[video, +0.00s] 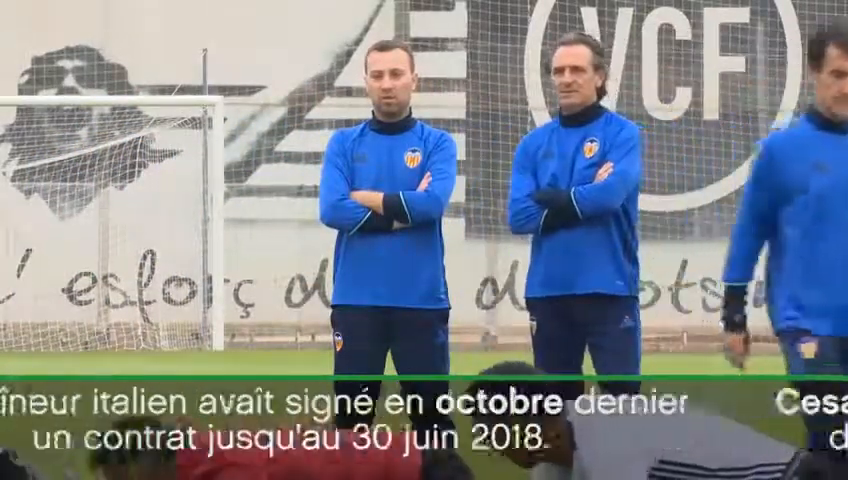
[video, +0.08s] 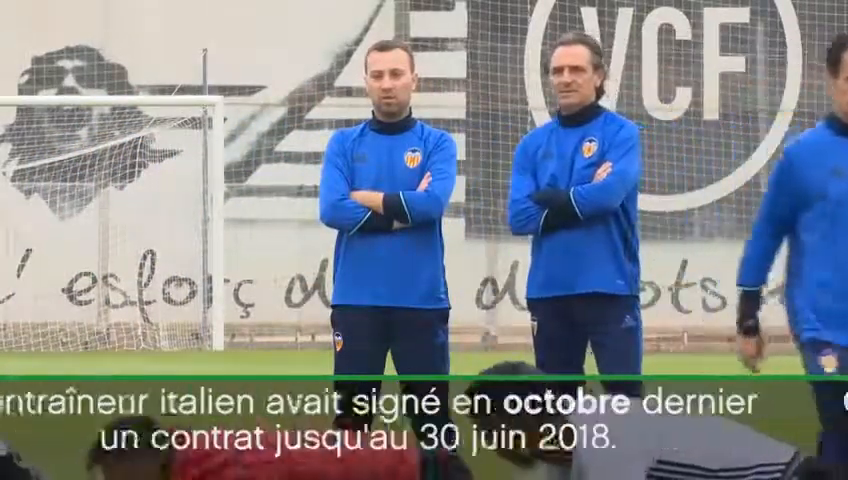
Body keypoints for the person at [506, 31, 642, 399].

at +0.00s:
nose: (566, 79)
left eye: (577, 70)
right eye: (559, 72)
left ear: (599, 78)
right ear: (552, 79)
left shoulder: (620, 131)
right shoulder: (531, 144)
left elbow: (611, 196)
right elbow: (518, 217)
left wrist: (546, 197)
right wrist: (591, 192)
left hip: (610, 291)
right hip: (549, 294)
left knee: (622, 404)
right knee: (554, 407)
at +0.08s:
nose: (566, 79)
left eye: (576, 70)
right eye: (558, 71)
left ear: (598, 78)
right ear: (549, 79)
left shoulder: (618, 131)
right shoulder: (531, 143)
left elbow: (610, 195)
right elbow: (518, 218)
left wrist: (545, 197)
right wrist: (590, 192)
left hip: (610, 289)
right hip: (550, 293)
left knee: (624, 402)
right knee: (556, 405)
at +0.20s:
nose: (564, 79)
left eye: (575, 70)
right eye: (556, 71)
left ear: (597, 78)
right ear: (548, 80)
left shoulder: (618, 131)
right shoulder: (531, 144)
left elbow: (610, 195)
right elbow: (518, 219)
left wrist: (545, 197)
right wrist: (590, 192)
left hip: (611, 290)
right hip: (551, 294)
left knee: (625, 405)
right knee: (558, 407)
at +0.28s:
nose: (564, 79)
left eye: (575, 70)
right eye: (556, 71)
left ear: (597, 77)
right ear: (547, 80)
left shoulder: (619, 131)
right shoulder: (530, 144)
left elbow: (609, 196)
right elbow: (519, 219)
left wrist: (544, 198)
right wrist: (590, 192)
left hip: (611, 290)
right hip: (550, 293)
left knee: (625, 403)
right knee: (557, 405)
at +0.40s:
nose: (564, 79)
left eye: (575, 70)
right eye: (557, 71)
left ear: (597, 77)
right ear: (548, 79)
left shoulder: (619, 131)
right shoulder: (530, 144)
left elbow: (609, 197)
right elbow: (517, 219)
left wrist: (543, 198)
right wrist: (590, 192)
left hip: (611, 291)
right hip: (550, 294)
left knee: (626, 404)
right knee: (557, 407)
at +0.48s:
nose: (565, 79)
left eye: (575, 70)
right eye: (557, 71)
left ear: (597, 77)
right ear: (548, 79)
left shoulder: (618, 131)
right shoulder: (529, 144)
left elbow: (608, 197)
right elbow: (518, 219)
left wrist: (542, 197)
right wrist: (591, 193)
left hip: (611, 290)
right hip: (549, 293)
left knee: (626, 405)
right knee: (556, 407)